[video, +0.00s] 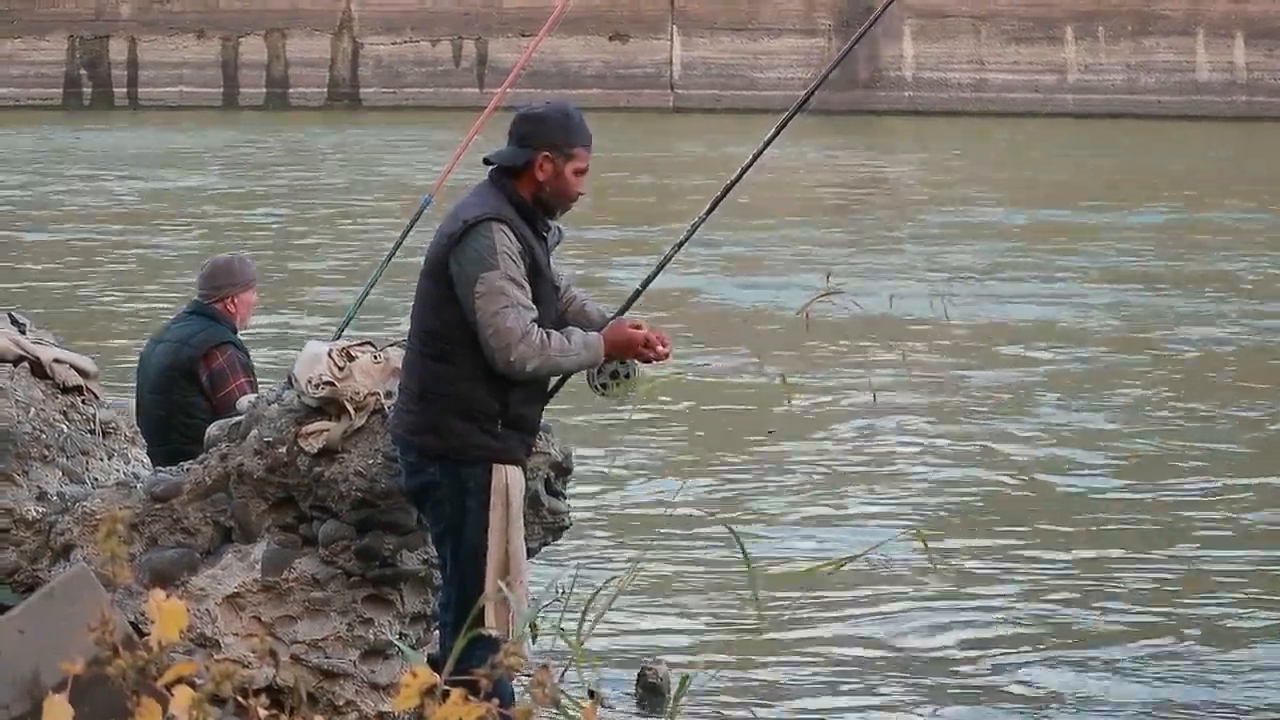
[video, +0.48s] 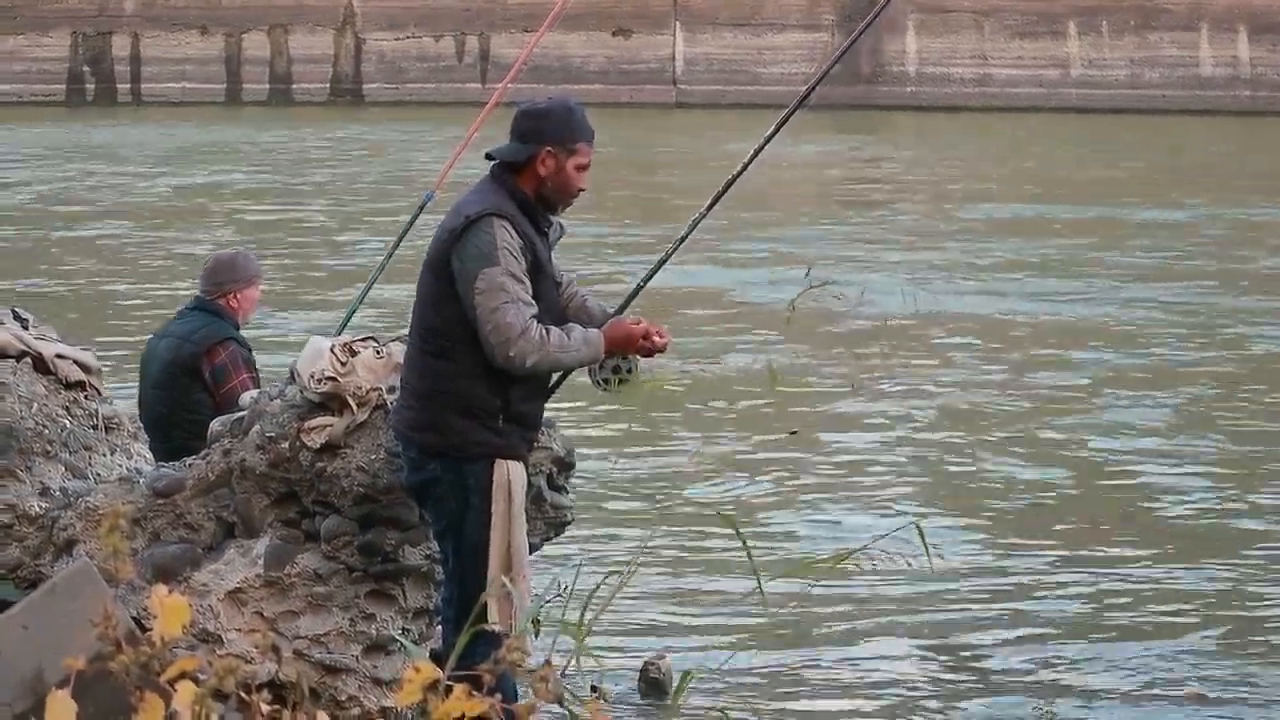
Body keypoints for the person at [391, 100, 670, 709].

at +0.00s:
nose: (584, 186)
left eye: (586, 172)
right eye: (580, 171)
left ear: (546, 164)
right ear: (543, 165)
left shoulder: (520, 227)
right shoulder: (488, 233)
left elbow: (558, 304)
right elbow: (515, 349)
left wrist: (618, 335)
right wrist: (603, 345)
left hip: (482, 446)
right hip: (456, 449)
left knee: (484, 603)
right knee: (477, 609)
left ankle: (476, 710)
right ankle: (477, 713)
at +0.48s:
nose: (585, 181)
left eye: (588, 167)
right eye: (582, 166)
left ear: (549, 159)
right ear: (545, 160)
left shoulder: (521, 222)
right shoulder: (489, 229)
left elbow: (557, 301)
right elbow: (514, 344)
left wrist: (617, 331)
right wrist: (604, 341)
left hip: (483, 442)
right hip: (457, 446)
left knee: (483, 596)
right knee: (477, 602)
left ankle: (474, 706)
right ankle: (481, 709)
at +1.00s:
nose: (585, 179)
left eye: (588, 166)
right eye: (581, 165)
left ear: (548, 158)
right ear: (543, 159)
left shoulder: (520, 218)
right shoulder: (491, 225)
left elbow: (555, 300)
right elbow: (514, 340)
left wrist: (615, 325)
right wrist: (604, 338)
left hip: (483, 442)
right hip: (457, 446)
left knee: (486, 599)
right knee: (479, 605)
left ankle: (484, 711)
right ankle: (474, 714)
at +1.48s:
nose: (588, 180)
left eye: (592, 167)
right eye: (583, 165)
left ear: (549, 159)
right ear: (545, 158)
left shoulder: (522, 217)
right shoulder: (495, 224)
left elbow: (554, 298)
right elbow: (516, 338)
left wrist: (615, 322)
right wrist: (606, 338)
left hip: (481, 438)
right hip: (457, 443)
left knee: (488, 593)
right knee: (478, 599)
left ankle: (486, 709)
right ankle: (472, 712)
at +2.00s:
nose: (592, 182)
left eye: (596, 169)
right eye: (587, 168)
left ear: (552, 160)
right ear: (549, 160)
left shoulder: (526, 217)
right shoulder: (498, 225)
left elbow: (558, 299)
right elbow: (518, 340)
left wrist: (616, 325)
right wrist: (607, 339)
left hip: (481, 439)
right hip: (457, 443)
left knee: (489, 593)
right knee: (478, 599)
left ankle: (487, 708)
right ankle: (475, 711)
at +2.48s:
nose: (597, 183)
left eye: (600, 169)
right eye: (592, 168)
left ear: (557, 161)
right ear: (555, 161)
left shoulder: (529, 217)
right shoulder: (502, 225)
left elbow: (563, 297)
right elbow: (521, 339)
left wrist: (617, 326)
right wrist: (610, 340)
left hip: (485, 439)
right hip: (461, 443)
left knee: (493, 592)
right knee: (478, 598)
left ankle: (490, 708)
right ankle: (474, 711)